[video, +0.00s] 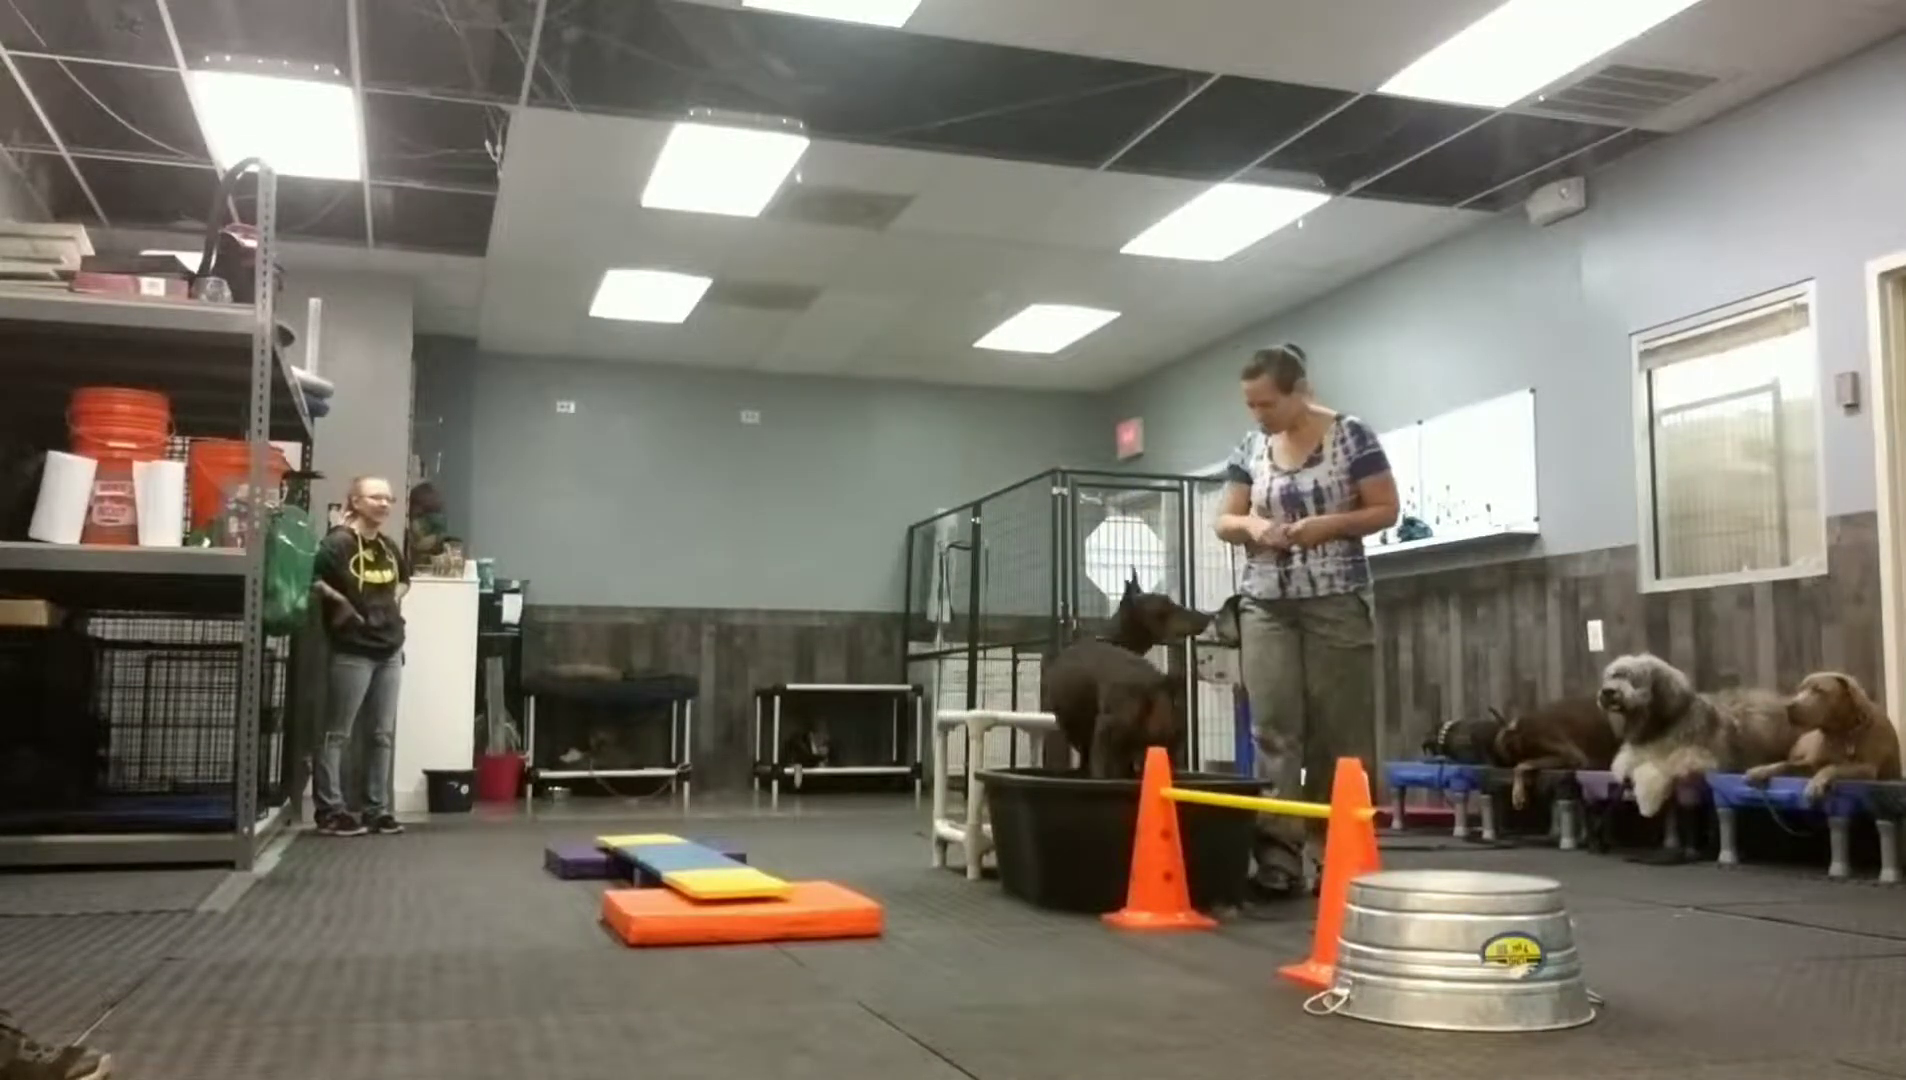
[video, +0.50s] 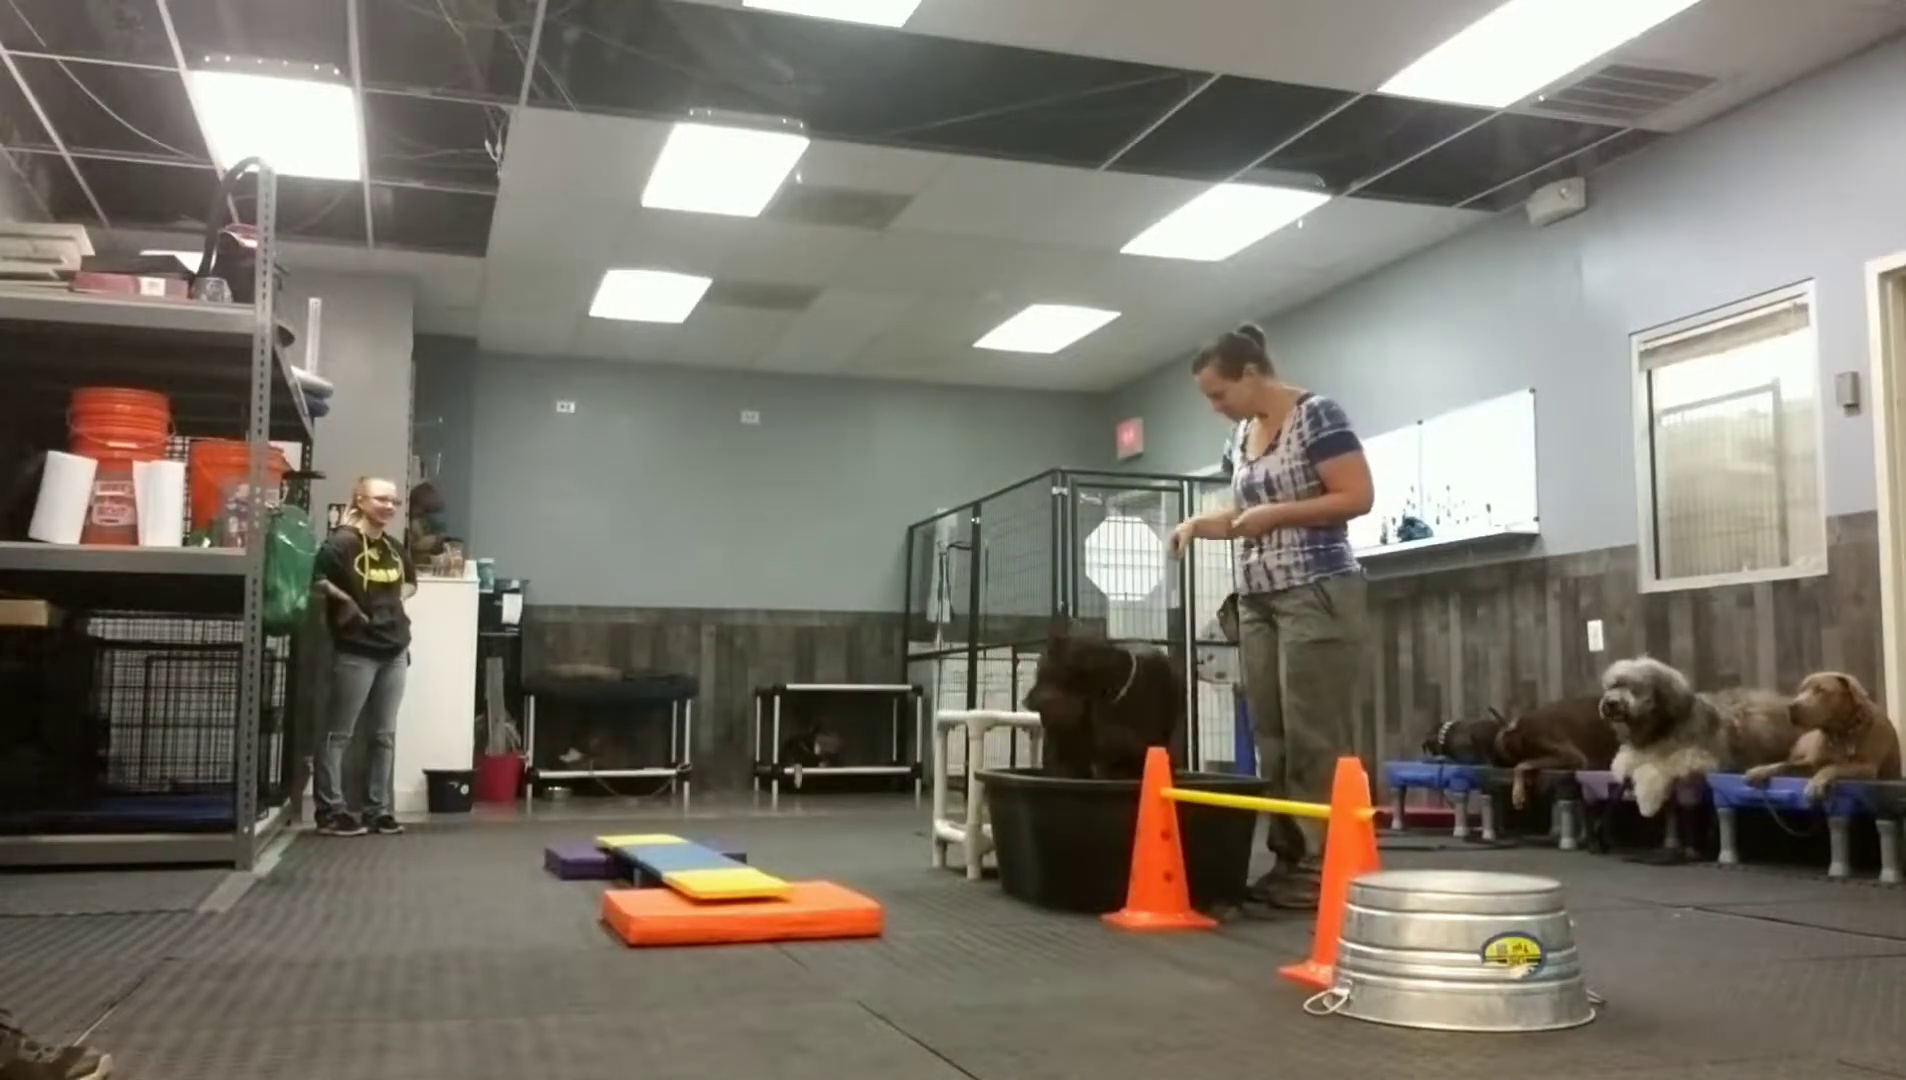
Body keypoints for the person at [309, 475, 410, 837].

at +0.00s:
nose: (385, 504)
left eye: (388, 499)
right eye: (376, 498)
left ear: (390, 505)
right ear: (355, 503)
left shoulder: (388, 544)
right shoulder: (338, 542)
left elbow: (403, 581)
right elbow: (315, 580)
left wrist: (390, 612)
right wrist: (344, 608)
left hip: (389, 648)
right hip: (352, 648)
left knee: (382, 734)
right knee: (337, 734)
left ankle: (377, 810)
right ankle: (330, 810)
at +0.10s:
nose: (387, 505)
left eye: (391, 500)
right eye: (379, 499)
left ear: (394, 506)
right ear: (358, 502)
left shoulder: (390, 546)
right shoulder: (339, 543)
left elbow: (404, 582)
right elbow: (316, 581)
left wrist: (389, 612)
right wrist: (346, 608)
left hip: (390, 649)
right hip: (353, 649)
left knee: (382, 734)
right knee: (338, 734)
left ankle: (376, 810)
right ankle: (330, 810)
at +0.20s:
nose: (388, 506)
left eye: (392, 500)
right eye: (380, 499)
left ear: (396, 506)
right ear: (359, 502)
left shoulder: (392, 545)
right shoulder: (341, 542)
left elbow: (407, 581)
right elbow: (315, 579)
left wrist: (388, 608)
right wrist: (344, 605)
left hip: (391, 649)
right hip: (354, 649)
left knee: (383, 734)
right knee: (338, 734)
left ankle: (376, 810)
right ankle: (330, 810)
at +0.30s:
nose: (389, 506)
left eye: (393, 501)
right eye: (381, 499)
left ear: (396, 506)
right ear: (360, 502)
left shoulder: (393, 545)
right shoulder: (340, 543)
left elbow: (409, 582)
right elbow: (315, 578)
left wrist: (389, 608)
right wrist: (344, 603)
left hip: (392, 650)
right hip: (355, 650)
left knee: (383, 734)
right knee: (339, 734)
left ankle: (377, 810)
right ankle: (330, 810)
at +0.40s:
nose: (389, 506)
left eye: (393, 501)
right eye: (381, 499)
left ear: (397, 506)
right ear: (361, 502)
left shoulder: (393, 545)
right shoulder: (342, 543)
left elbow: (410, 582)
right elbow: (316, 580)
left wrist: (387, 606)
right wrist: (345, 603)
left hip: (394, 650)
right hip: (355, 650)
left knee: (383, 735)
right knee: (339, 734)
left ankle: (377, 811)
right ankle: (330, 810)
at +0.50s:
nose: (389, 506)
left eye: (393, 501)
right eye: (381, 499)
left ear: (396, 506)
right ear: (360, 502)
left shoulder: (393, 545)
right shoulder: (343, 542)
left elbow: (410, 581)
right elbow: (315, 578)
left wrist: (390, 606)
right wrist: (345, 601)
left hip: (394, 650)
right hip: (356, 649)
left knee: (383, 735)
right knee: (340, 734)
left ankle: (377, 811)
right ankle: (330, 810)